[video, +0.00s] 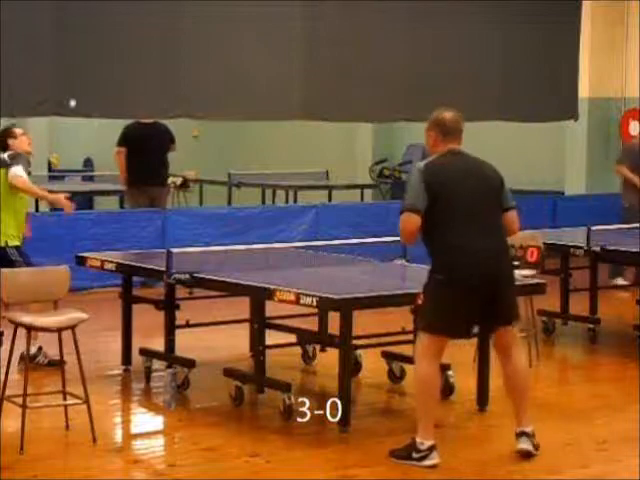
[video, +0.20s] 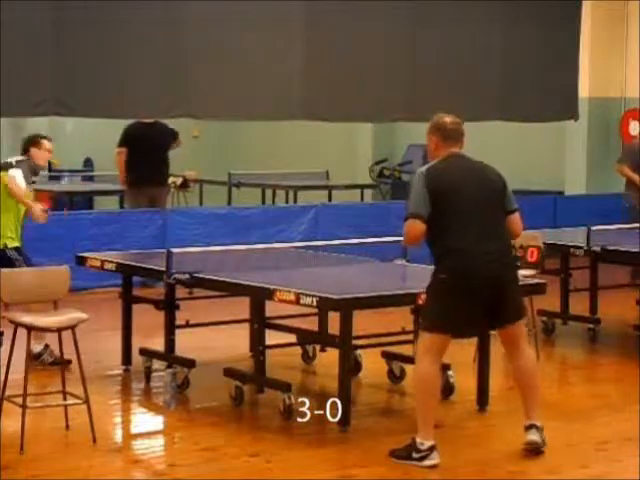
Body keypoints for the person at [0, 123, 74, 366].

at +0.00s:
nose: (29, 140)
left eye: (27, 136)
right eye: (23, 136)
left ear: (12, 143)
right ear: (11, 142)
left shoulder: (9, 160)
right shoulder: (16, 157)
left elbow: (11, 196)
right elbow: (17, 180)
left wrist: (20, 220)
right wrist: (53, 198)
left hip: (10, 239)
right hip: (8, 241)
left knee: (29, 291)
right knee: (35, 289)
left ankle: (32, 348)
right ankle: (31, 348)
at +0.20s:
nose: (49, 156)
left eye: (50, 152)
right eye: (46, 151)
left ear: (35, 153)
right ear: (32, 151)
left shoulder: (27, 173)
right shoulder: (18, 168)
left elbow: (19, 199)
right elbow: (15, 187)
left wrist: (34, 209)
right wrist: (33, 206)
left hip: (12, 240)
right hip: (7, 242)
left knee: (30, 288)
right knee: (34, 287)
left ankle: (38, 346)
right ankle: (38, 346)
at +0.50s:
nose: (71, 152)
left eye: (73, 147)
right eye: (67, 146)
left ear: (67, 150)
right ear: (52, 147)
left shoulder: (58, 178)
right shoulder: (33, 166)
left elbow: (57, 211)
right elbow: (3, 189)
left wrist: (58, 216)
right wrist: (12, 219)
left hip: (35, 242)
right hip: (16, 240)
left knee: (34, 294)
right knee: (38, 292)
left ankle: (38, 348)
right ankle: (37, 347)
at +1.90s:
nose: (104, 137)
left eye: (105, 133)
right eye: (100, 132)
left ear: (103, 136)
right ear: (85, 135)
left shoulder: (104, 159)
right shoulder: (66, 153)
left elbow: (127, 157)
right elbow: (41, 160)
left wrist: (126, 153)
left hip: (87, 226)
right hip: (63, 224)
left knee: (110, 279)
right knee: (73, 277)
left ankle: (93, 327)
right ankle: (57, 337)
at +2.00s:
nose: (94, 135)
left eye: (95, 130)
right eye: (88, 130)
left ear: (96, 133)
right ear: (74, 133)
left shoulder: (99, 155)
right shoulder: (59, 154)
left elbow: (128, 152)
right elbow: (30, 166)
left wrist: (130, 136)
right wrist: (23, 165)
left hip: (92, 228)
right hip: (64, 230)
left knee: (111, 280)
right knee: (63, 286)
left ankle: (95, 327)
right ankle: (44, 337)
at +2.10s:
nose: (83, 134)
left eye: (84, 129)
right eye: (78, 129)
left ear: (87, 131)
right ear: (65, 132)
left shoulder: (97, 156)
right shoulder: (50, 157)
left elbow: (124, 168)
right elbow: (23, 178)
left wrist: (130, 150)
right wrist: (17, 198)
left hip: (90, 231)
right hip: (60, 232)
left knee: (105, 280)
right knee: (55, 287)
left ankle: (95, 327)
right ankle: (38, 336)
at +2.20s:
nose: (84, 130)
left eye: (85, 126)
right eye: (78, 127)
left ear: (88, 129)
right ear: (66, 130)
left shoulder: (93, 156)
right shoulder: (51, 156)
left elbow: (120, 172)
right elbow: (26, 184)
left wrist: (130, 159)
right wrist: (26, 216)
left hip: (83, 230)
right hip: (55, 230)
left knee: (103, 277)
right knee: (54, 285)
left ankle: (96, 327)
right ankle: (37, 336)